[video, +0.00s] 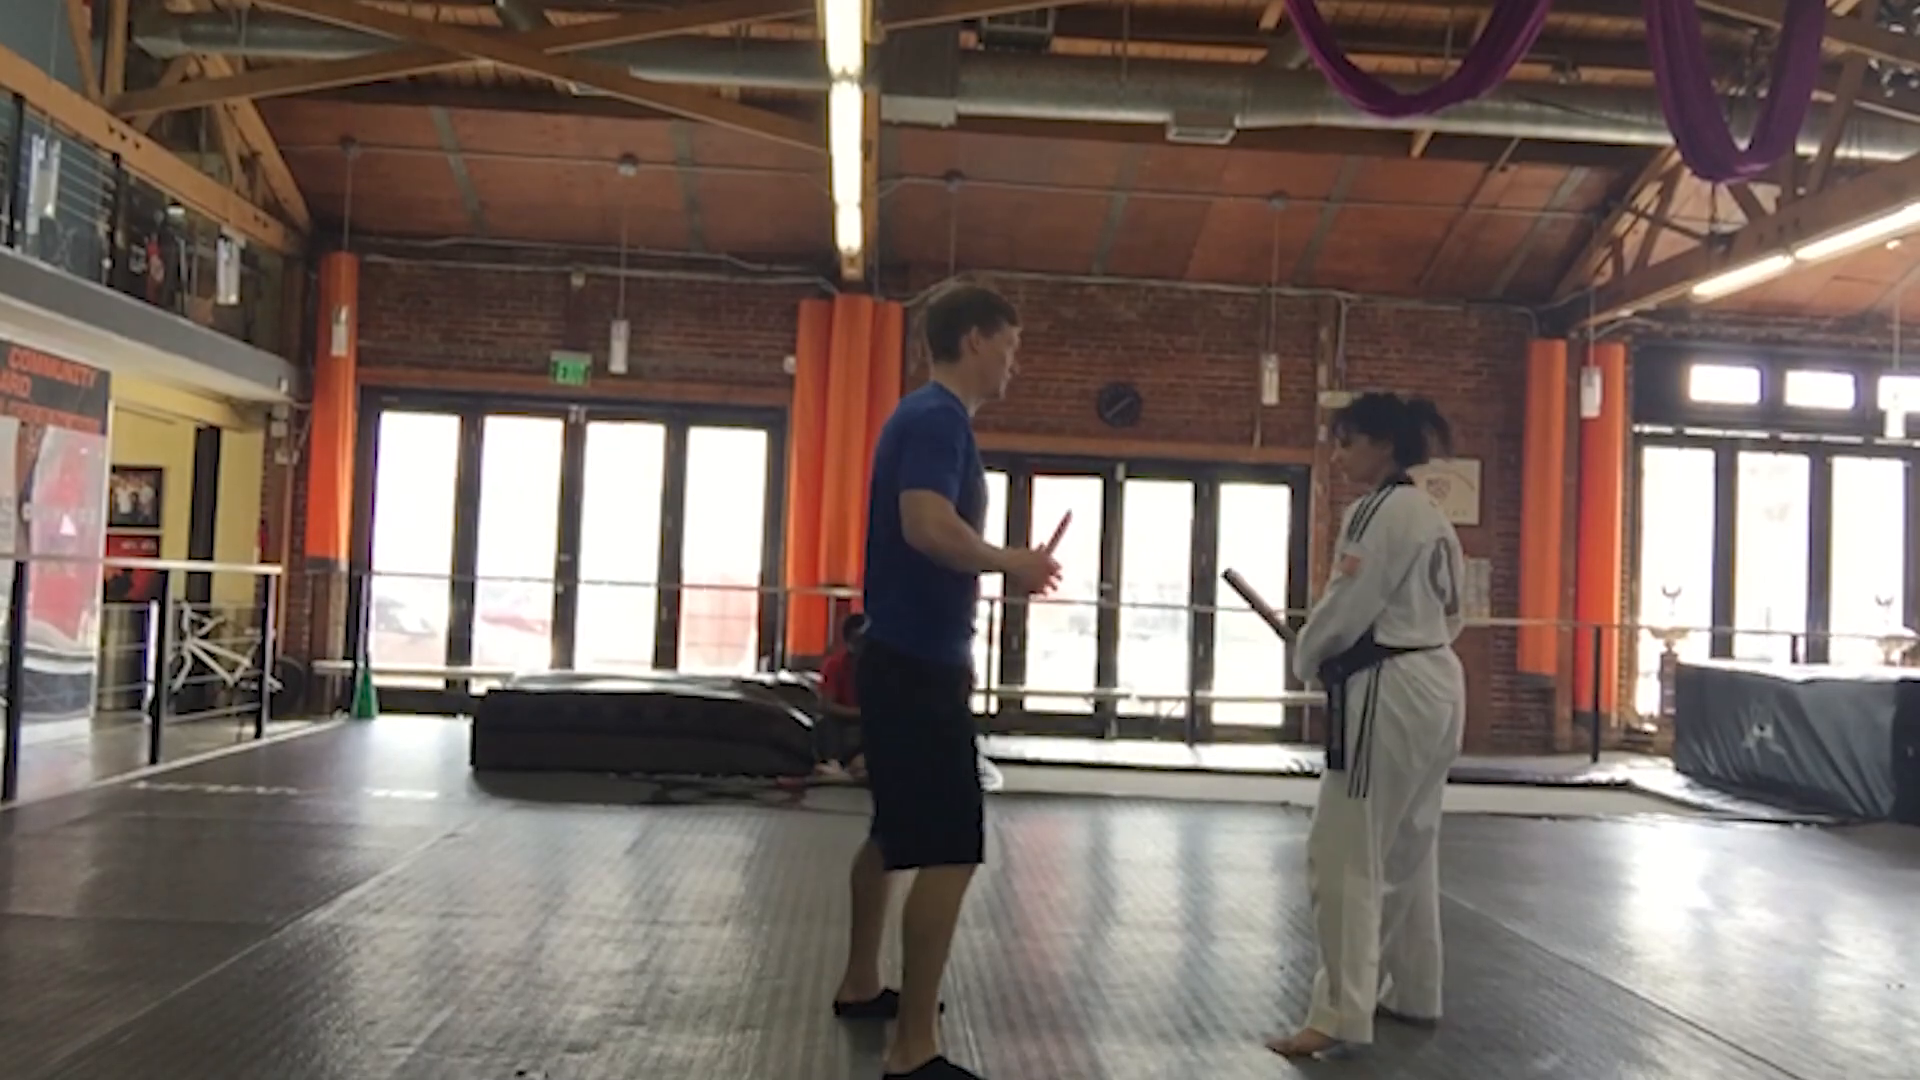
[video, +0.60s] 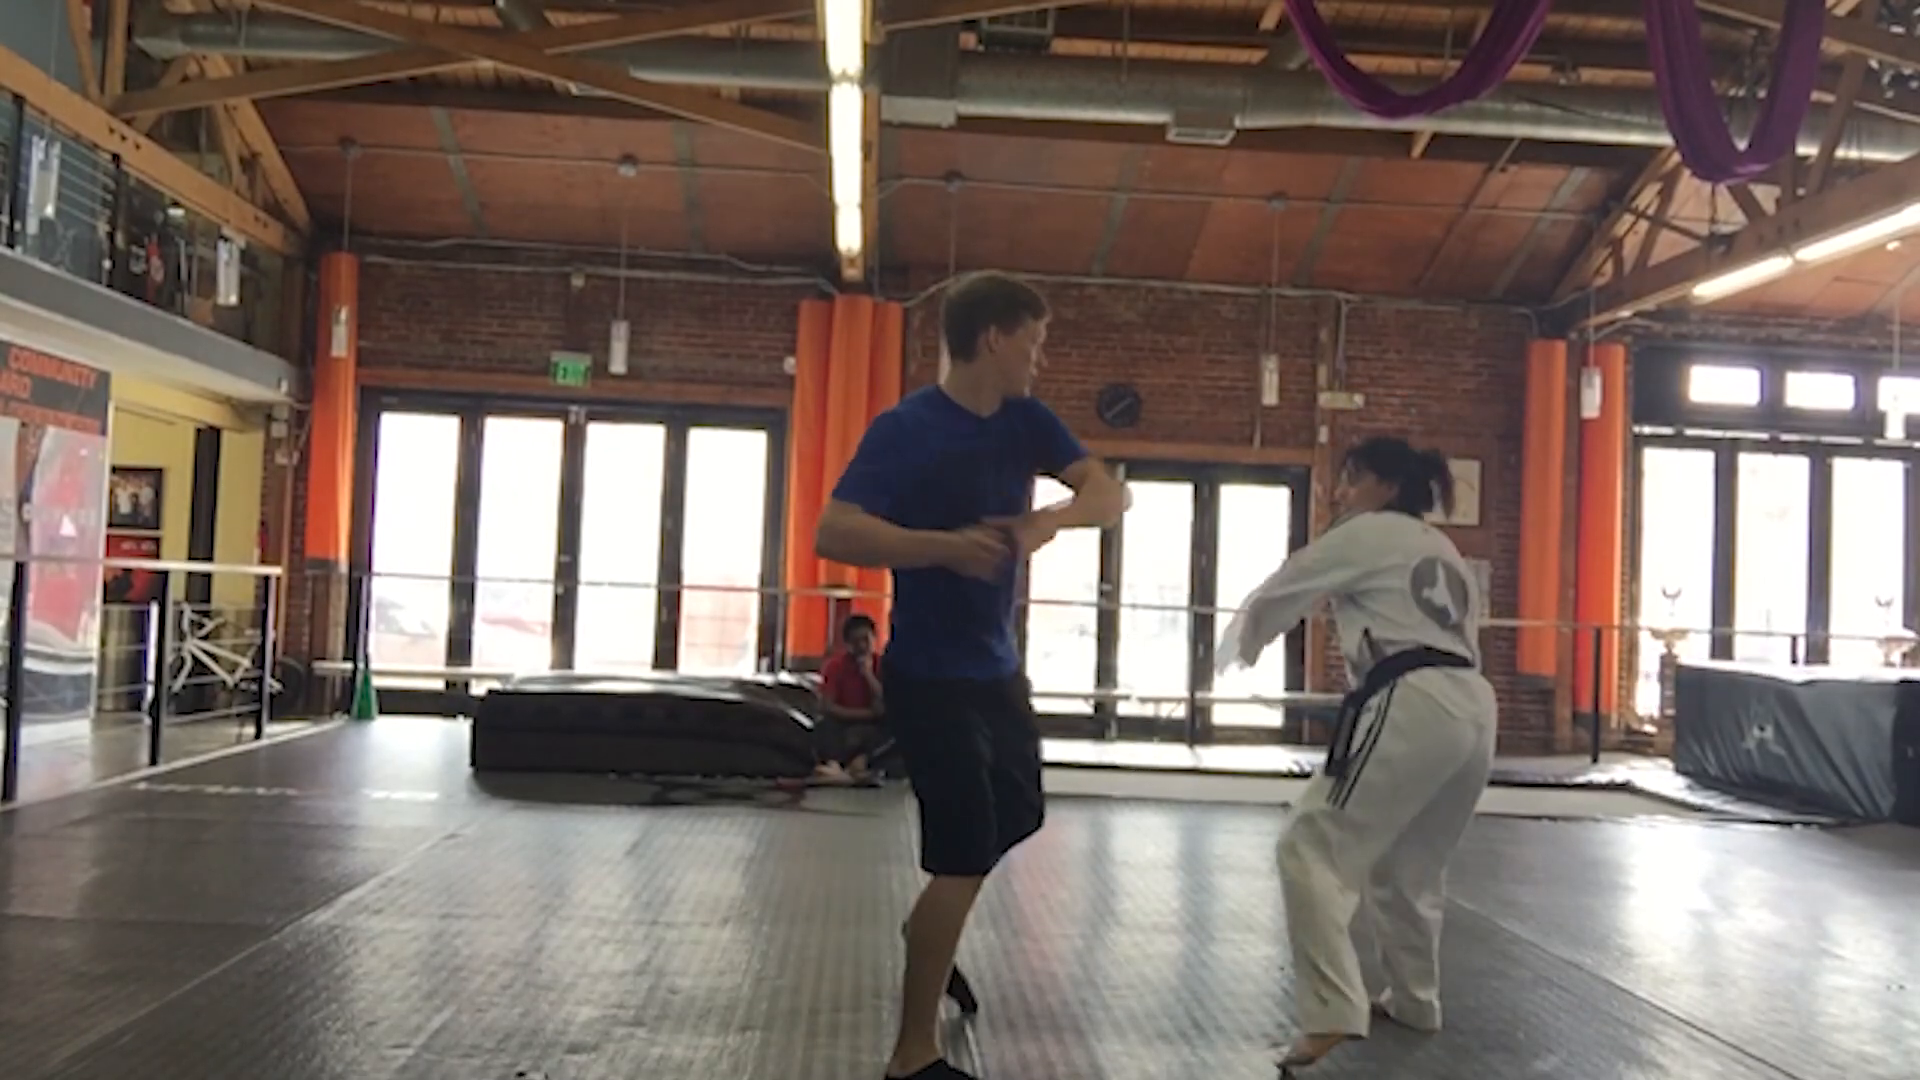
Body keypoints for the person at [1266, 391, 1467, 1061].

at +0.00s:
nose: (1339, 454)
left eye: (1350, 442)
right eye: (1338, 442)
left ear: (1386, 446)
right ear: (1389, 452)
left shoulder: (1388, 511)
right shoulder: (1422, 510)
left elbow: (1348, 608)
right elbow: (1433, 610)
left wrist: (1305, 653)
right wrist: (1311, 621)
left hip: (1393, 685)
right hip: (1434, 681)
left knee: (1342, 849)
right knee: (1410, 849)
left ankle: (1340, 1016)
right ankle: (1414, 996)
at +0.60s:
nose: (1340, 492)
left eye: (1351, 481)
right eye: (1343, 480)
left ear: (1384, 486)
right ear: (1410, 493)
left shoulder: (1367, 532)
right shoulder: (1451, 551)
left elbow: (1271, 598)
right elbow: (1457, 635)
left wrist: (1236, 650)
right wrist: (1372, 670)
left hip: (1414, 702)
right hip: (1476, 707)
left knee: (1313, 846)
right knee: (1411, 867)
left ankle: (1332, 1011)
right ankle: (1415, 1001)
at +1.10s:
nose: (1293, 503)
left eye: (1306, 491)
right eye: (1294, 490)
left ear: (1348, 503)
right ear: (1324, 505)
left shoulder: (1429, 579)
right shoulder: (1279, 598)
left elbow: (1505, 646)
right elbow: (1180, 634)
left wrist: (1444, 663)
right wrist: (1078, 632)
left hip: (1425, 759)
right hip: (1351, 765)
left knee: (1347, 901)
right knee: (1284, 870)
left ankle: (1365, 1070)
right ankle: (1339, 990)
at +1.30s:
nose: (1294, 543)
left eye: (1307, 529)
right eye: (1293, 528)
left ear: (1353, 533)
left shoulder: (1417, 609)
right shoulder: (1288, 603)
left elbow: (1462, 724)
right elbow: (1294, 676)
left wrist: (1475, 695)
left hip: (1394, 787)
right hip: (1309, 784)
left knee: (1361, 902)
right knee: (1273, 929)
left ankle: (1375, 1072)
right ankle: (1318, 1004)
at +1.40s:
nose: (1296, 568)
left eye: (1310, 554)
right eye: (1295, 553)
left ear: (1357, 560)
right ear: (1297, 557)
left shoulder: (1398, 626)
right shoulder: (1289, 630)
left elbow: (1448, 716)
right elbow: (1366, 687)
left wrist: (1505, 663)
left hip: (1381, 807)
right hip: (1295, 809)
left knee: (1359, 899)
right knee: (1274, 953)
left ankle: (1377, 1071)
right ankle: (1307, 1001)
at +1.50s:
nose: (1294, 600)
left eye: (1310, 587)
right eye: (1292, 585)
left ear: (1360, 596)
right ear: (1290, 588)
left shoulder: (1389, 654)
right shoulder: (1288, 656)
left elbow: (1421, 754)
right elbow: (1403, 702)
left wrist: (1497, 709)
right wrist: (1496, 667)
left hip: (1374, 831)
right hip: (1290, 834)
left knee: (1357, 903)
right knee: (1271, 992)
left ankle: (1373, 1072)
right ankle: (1299, 1015)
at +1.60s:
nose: (1288, 625)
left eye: (1302, 611)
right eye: (1287, 609)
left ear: (1351, 617)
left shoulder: (1398, 683)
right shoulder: (1276, 680)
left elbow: (1414, 785)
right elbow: (1302, 771)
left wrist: (1466, 734)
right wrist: (1413, 747)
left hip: (1375, 842)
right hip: (1291, 848)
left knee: (1365, 901)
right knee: (1265, 1023)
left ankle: (1372, 1070)